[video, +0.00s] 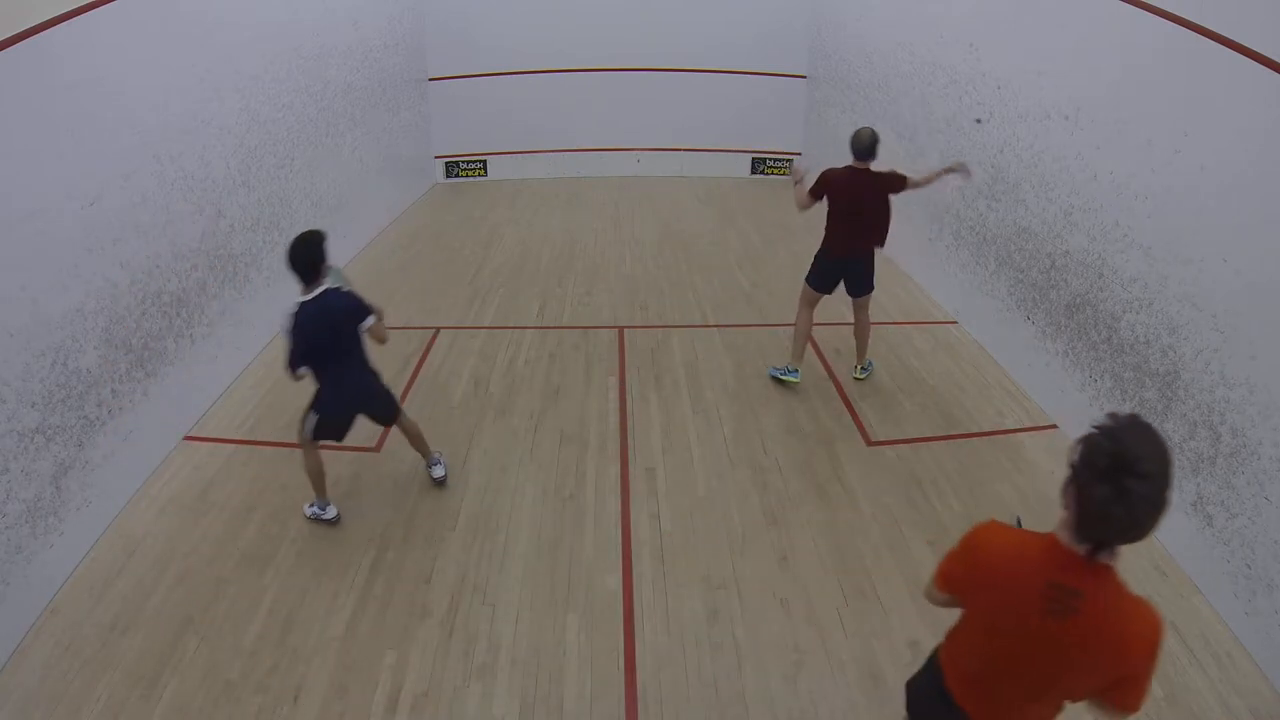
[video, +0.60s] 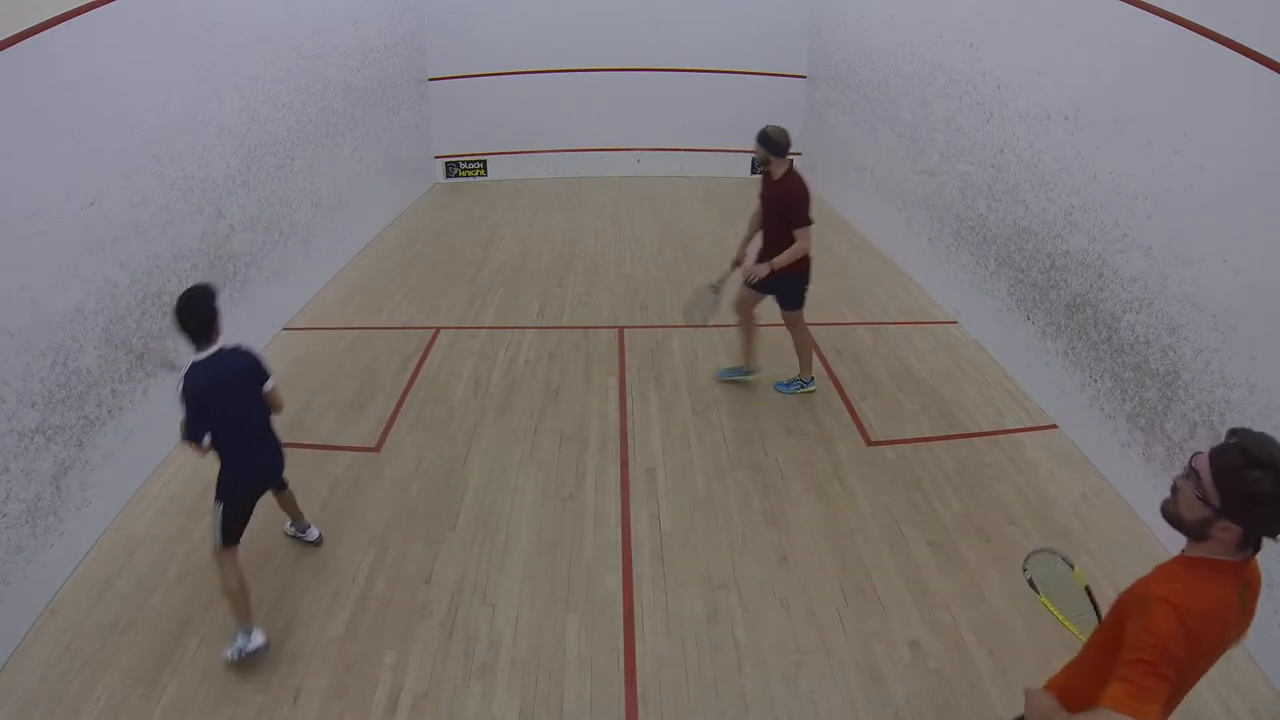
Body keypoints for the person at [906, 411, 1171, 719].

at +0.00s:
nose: (1066, 476)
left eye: (1071, 471)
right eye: (1072, 467)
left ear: (1070, 491)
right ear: (1145, 523)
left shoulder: (994, 547)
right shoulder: (1139, 629)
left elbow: (937, 593)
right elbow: (1114, 706)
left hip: (939, 697)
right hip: (1027, 716)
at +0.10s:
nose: (1093, 478)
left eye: (1098, 474)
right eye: (1099, 470)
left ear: (1099, 501)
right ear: (1174, 526)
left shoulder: (1025, 563)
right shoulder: (1170, 620)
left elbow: (956, 611)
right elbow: (1145, 685)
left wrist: (1010, 559)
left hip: (962, 697)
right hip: (1049, 715)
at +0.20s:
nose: (1119, 475)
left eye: (1126, 474)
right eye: (1127, 469)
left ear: (1132, 513)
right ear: (1197, 527)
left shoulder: (1059, 583)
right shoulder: (1200, 606)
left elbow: (970, 640)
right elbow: (1173, 672)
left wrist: (1024, 593)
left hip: (993, 700)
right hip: (1079, 713)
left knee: (950, 711)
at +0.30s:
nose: (1149, 464)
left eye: (1156, 468)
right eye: (1158, 460)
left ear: (1162, 516)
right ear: (1219, 527)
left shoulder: (1099, 591)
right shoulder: (1223, 590)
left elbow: (990, 677)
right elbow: (1209, 658)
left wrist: (1003, 625)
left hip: (1024, 707)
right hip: (1110, 710)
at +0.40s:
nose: (1165, 463)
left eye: (1174, 468)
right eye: (1175, 459)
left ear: (1184, 517)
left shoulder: (1125, 593)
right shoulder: (1234, 579)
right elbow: (1232, 651)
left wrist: (1012, 666)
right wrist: (1155, 652)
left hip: (1061, 713)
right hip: (1132, 711)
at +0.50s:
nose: (1172, 465)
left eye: (1185, 473)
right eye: (1185, 459)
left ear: (1206, 524)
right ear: (1210, 526)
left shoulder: (1146, 599)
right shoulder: (1240, 576)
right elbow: (1236, 645)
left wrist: (1040, 691)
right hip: (1139, 710)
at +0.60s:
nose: (1180, 475)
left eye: (1195, 481)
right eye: (1191, 465)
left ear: (1226, 528)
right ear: (1229, 530)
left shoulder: (1165, 604)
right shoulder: (1244, 577)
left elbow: (1127, 712)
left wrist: (1057, 716)